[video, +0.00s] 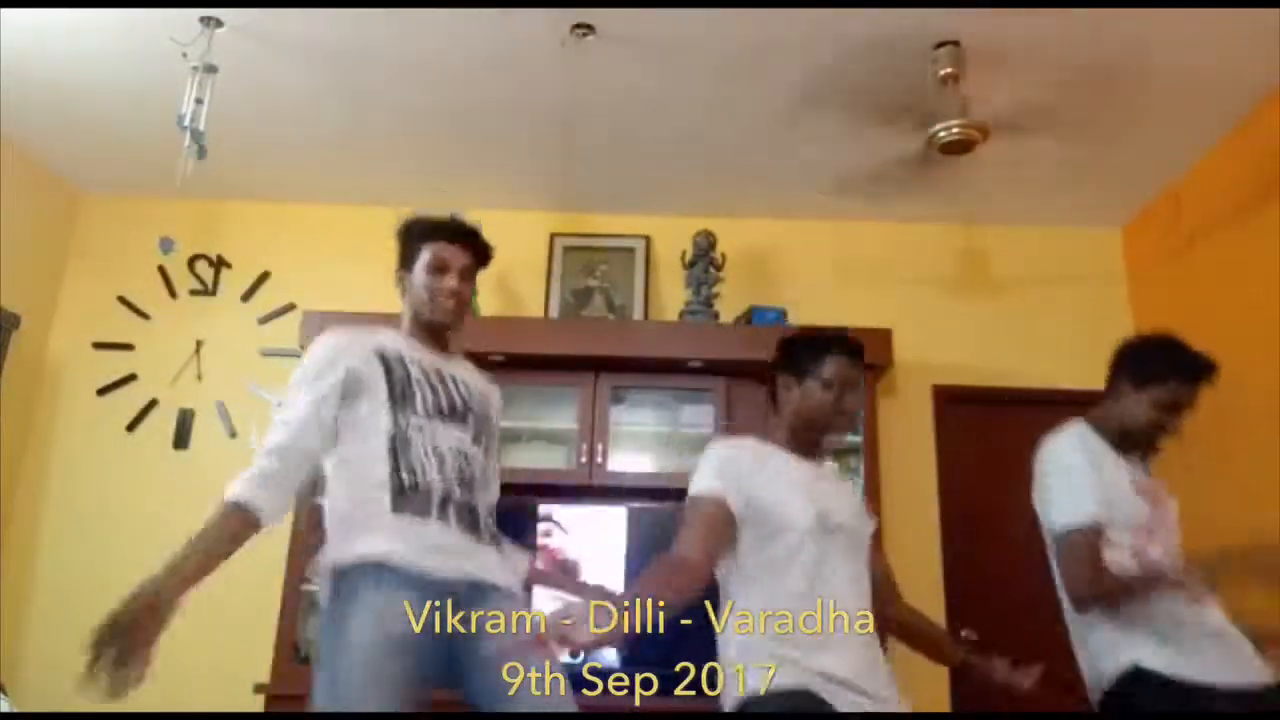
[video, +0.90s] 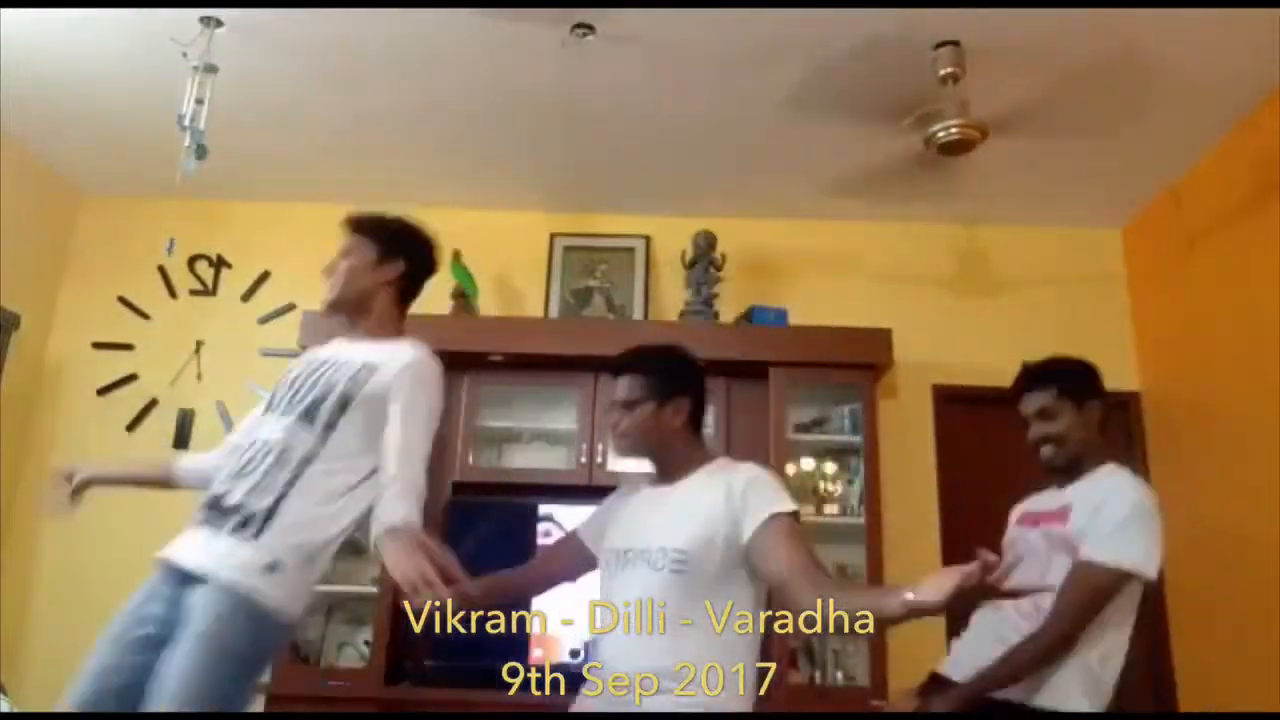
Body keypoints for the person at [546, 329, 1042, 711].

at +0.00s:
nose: (842, 402)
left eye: (849, 390)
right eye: (829, 386)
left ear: (853, 399)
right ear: (784, 388)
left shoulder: (848, 495)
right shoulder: (733, 459)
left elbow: (889, 610)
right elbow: (690, 562)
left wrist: (979, 664)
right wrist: (607, 622)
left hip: (868, 691)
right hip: (779, 683)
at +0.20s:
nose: (843, 299)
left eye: (855, 293)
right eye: (823, 290)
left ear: (865, 315)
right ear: (790, 314)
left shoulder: (870, 408)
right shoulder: (738, 381)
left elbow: (882, 540)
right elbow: (660, 495)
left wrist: (948, 656)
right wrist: (705, 620)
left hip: (842, 651)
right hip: (740, 649)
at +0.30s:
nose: (806, 318)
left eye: (823, 307)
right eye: (793, 308)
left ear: (847, 329)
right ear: (775, 329)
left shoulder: (872, 426)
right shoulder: (726, 402)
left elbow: (876, 562)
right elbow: (661, 530)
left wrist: (892, 673)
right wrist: (693, 648)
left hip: (836, 673)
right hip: (730, 671)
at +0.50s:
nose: (728, 335)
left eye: (749, 324)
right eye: (722, 322)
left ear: (789, 350)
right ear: (709, 338)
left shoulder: (828, 444)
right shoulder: (679, 433)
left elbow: (879, 578)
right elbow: (639, 554)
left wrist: (871, 689)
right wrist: (623, 660)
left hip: (788, 692)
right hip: (678, 687)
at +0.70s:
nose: (672, 298)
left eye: (691, 287)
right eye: (675, 288)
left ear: (738, 306)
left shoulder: (788, 387)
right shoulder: (661, 389)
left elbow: (837, 514)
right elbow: (613, 506)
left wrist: (842, 583)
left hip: (718, 636)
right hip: (617, 627)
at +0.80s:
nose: (651, 345)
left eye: (667, 333)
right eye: (654, 331)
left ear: (715, 345)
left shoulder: (773, 423)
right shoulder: (641, 430)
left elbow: (813, 552)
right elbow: (580, 543)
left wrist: (852, 581)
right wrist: (496, 598)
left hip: (712, 662)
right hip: (611, 655)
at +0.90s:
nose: (610, 424)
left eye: (623, 408)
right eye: (610, 410)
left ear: (675, 411)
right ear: (651, 415)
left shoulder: (743, 486)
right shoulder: (625, 504)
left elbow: (812, 596)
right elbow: (530, 578)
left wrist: (918, 597)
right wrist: (456, 595)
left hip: (701, 701)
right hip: (605, 700)